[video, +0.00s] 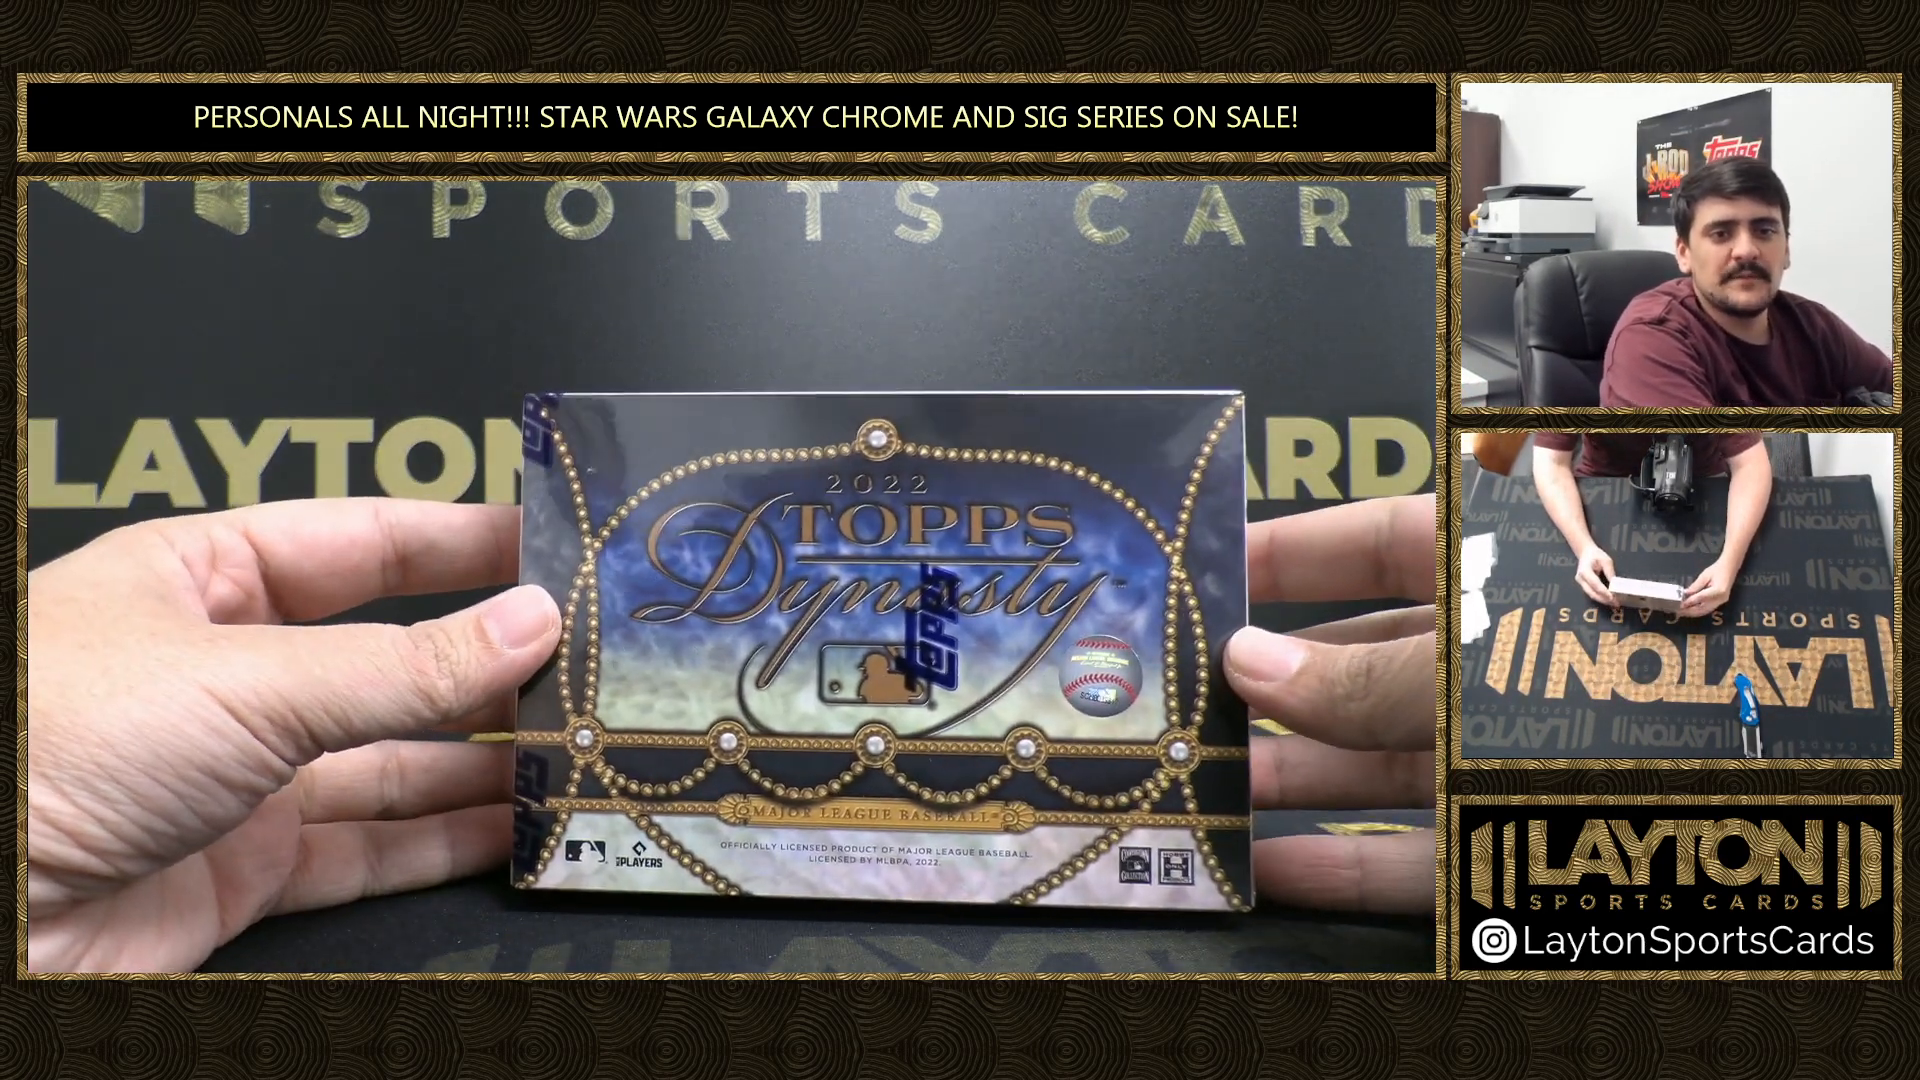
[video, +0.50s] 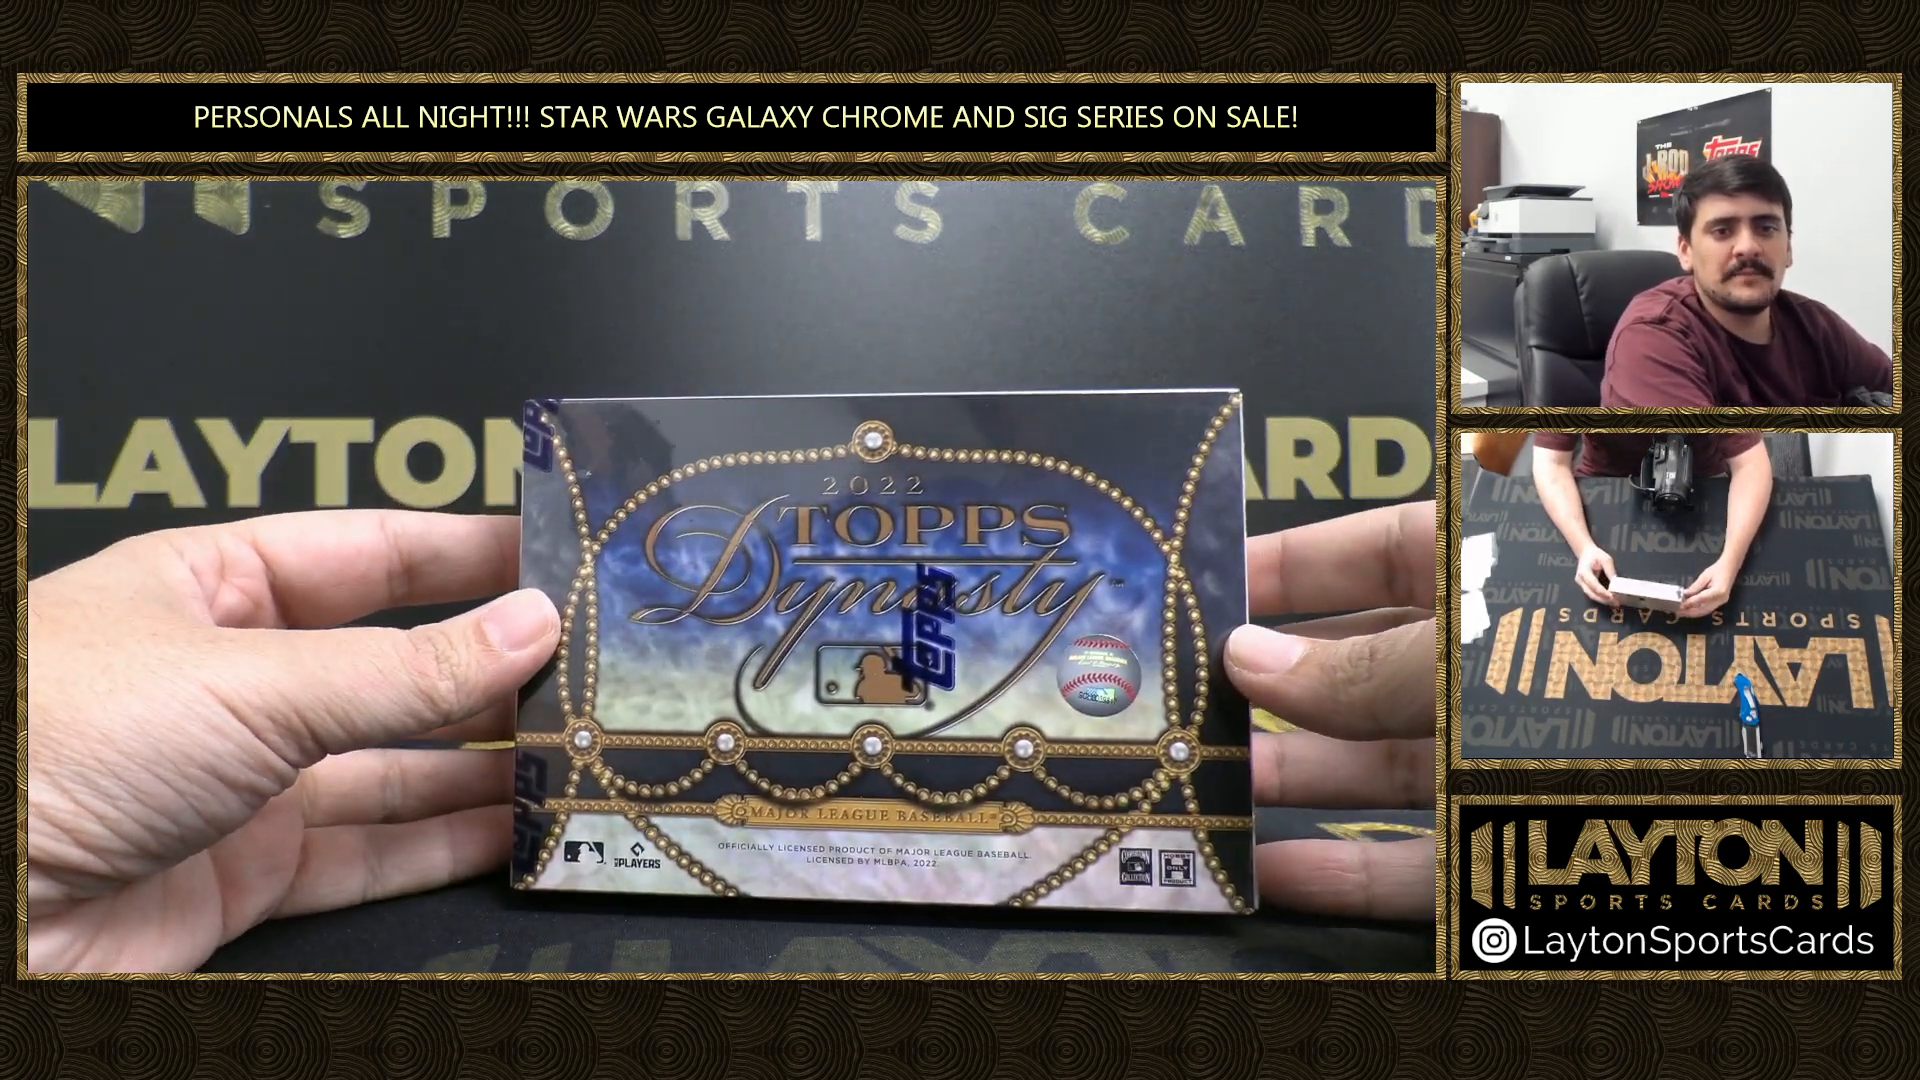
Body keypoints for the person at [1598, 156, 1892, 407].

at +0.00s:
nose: (1746, 250)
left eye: (1763, 231)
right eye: (1721, 234)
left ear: (1786, 250)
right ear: (1684, 254)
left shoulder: (1814, 329)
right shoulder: (1651, 335)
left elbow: (1895, 387)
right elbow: (1744, 461)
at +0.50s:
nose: (1747, 247)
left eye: (1765, 228)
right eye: (1723, 231)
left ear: (1788, 248)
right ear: (1685, 251)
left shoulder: (1816, 328)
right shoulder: (1652, 334)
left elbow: (1896, 388)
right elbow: (1746, 461)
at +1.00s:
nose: (1752, 247)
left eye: (1771, 229)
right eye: (1728, 230)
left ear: (1796, 250)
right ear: (1691, 251)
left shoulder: (1818, 328)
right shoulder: (1657, 333)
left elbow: (1897, 386)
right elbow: (1747, 462)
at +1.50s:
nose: (1747, 252)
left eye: (1767, 233)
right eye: (1724, 235)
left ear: (1795, 251)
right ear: (1691, 254)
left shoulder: (1817, 329)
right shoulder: (1655, 333)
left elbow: (1897, 388)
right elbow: (1747, 460)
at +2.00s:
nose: (1742, 249)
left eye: (1764, 232)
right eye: (1721, 233)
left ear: (1795, 254)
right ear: (1691, 256)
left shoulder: (1817, 329)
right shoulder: (1655, 334)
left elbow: (1897, 390)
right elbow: (1746, 461)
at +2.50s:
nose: (1741, 248)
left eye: (1764, 233)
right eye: (1721, 231)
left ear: (1796, 255)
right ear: (1693, 252)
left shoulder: (1818, 328)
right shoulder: (1657, 332)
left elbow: (1896, 388)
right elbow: (1747, 462)